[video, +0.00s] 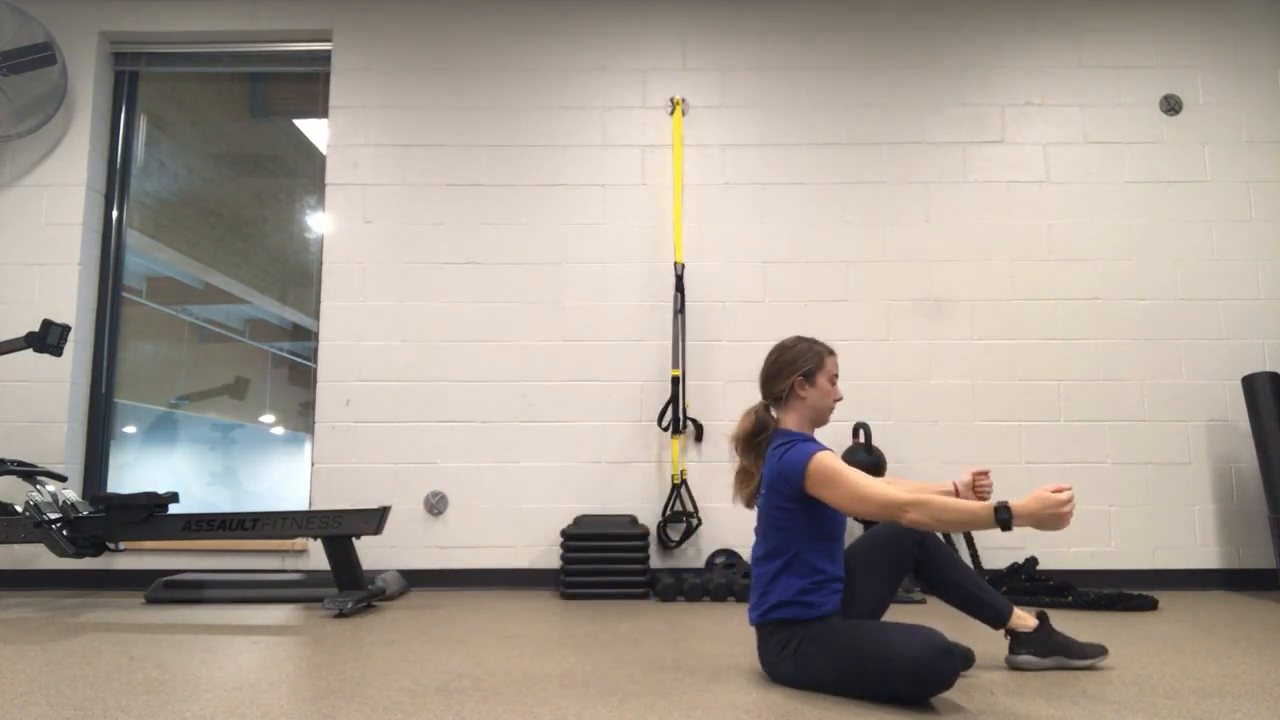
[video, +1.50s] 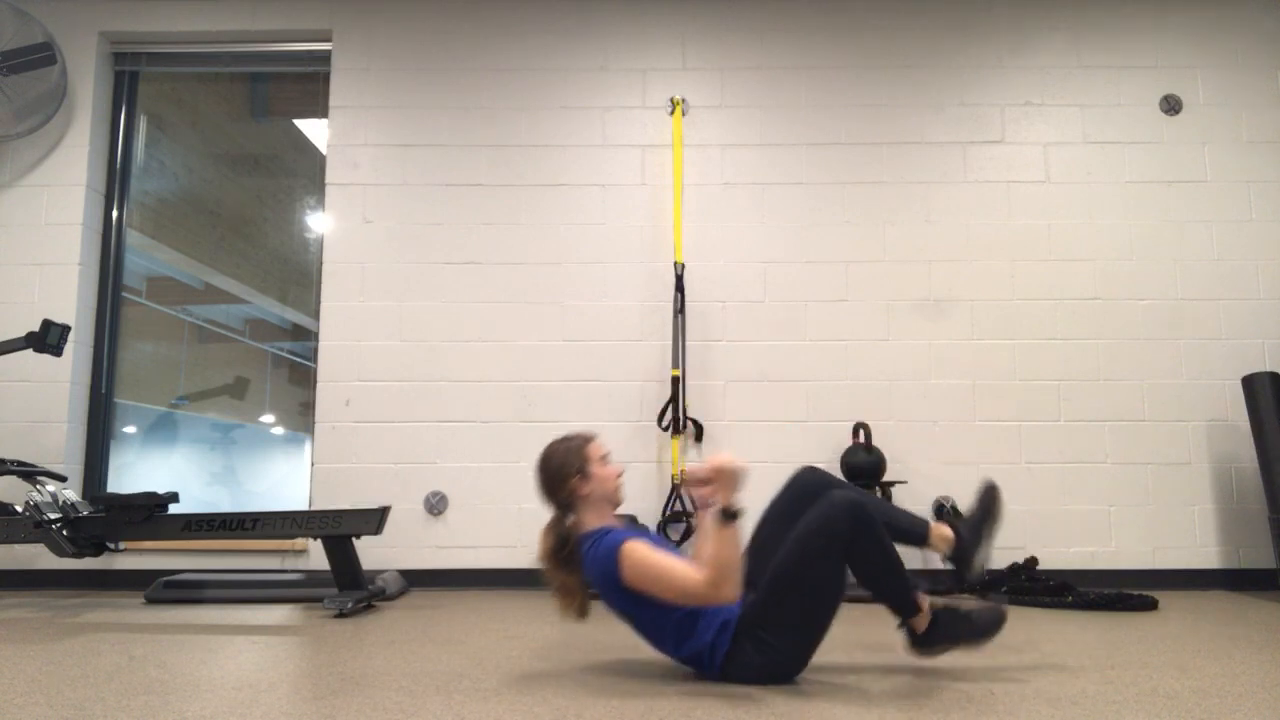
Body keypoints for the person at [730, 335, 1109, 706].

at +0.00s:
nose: (839, 393)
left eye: (836, 382)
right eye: (831, 382)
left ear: (796, 386)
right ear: (798, 386)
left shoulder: (798, 448)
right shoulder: (797, 457)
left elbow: (880, 495)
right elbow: (901, 508)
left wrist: (953, 491)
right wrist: (1015, 514)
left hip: (827, 610)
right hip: (796, 637)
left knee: (905, 535)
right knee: (938, 661)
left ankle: (1026, 629)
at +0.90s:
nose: (777, 397)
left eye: (773, 385)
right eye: (768, 386)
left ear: (738, 396)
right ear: (740, 394)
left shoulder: (742, 458)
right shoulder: (744, 462)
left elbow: (838, 496)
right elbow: (852, 498)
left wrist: (901, 473)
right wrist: (960, 475)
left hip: (800, 610)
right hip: (785, 642)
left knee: (903, 535)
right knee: (934, 616)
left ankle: (1022, 629)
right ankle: (908, 663)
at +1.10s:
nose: (727, 408)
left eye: (722, 397)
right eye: (717, 398)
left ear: (688, 412)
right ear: (688, 412)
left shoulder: (700, 471)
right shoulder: (701, 479)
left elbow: (794, 497)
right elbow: (809, 500)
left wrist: (846, 469)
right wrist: (908, 455)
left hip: (782, 611)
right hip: (774, 645)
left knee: (891, 529)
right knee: (912, 570)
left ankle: (1009, 624)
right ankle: (897, 650)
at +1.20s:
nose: (699, 416)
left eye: (693, 406)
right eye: (688, 408)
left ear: (661, 425)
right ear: (662, 424)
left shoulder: (678, 482)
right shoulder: (678, 491)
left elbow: (777, 504)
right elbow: (793, 511)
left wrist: (822, 463)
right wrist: (873, 455)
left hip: (772, 613)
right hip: (770, 647)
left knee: (873, 516)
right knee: (900, 550)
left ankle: (989, 613)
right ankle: (898, 645)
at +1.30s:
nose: (674, 428)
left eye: (667, 418)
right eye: (661, 421)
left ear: (638, 442)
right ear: (636, 442)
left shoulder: (661, 496)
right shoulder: (658, 507)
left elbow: (749, 524)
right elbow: (764, 531)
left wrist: (784, 471)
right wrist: (826, 462)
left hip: (763, 613)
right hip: (761, 648)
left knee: (851, 502)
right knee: (884, 539)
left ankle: (975, 594)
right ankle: (897, 643)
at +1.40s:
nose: (644, 446)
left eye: (637, 436)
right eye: (631, 440)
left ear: (607, 463)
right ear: (607, 459)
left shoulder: (631, 518)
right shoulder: (634, 526)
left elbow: (727, 551)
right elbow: (746, 561)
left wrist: (743, 484)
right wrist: (775, 481)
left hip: (756, 616)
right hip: (757, 648)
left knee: (834, 493)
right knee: (866, 529)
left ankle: (964, 567)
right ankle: (904, 641)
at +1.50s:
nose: (617, 467)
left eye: (609, 459)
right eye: (605, 463)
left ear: (582, 485)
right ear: (581, 484)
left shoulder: (608, 535)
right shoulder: (613, 547)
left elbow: (705, 579)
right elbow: (720, 588)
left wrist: (706, 510)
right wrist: (723, 506)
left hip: (741, 624)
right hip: (750, 649)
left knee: (811, 482)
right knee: (842, 508)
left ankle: (950, 537)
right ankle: (921, 624)